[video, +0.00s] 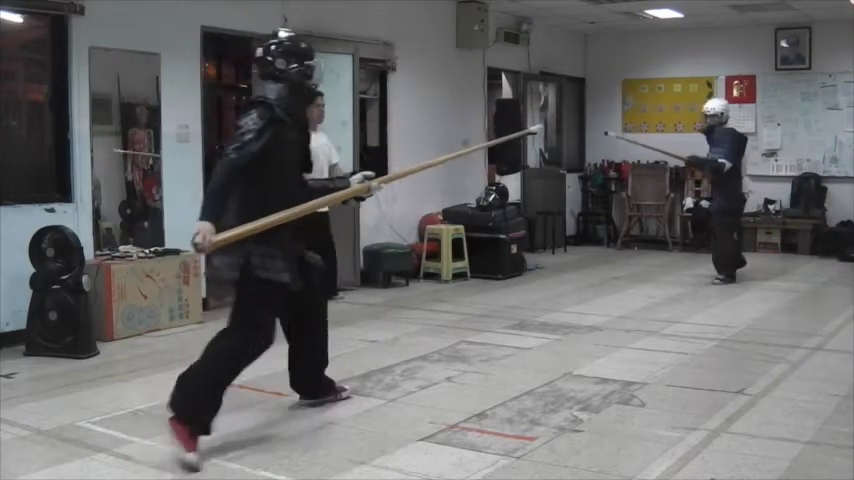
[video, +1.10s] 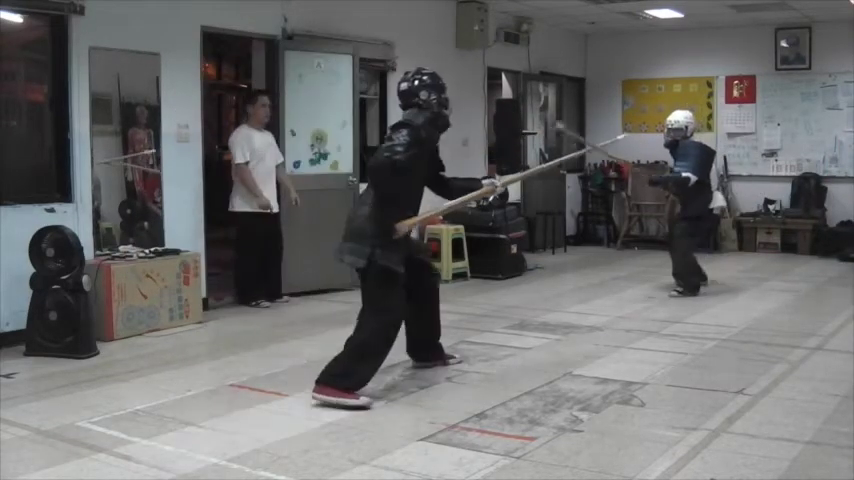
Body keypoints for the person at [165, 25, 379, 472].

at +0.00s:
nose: (311, 79)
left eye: (310, 71)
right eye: (303, 71)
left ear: (288, 75)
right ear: (282, 74)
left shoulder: (292, 120)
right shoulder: (263, 117)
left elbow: (293, 189)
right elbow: (229, 165)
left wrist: (345, 187)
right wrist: (208, 219)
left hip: (288, 241)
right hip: (259, 243)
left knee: (308, 307)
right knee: (251, 332)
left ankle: (311, 382)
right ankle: (187, 410)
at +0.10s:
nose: (326, 68)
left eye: (326, 60)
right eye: (318, 61)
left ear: (316, 64)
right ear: (296, 63)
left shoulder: (309, 109)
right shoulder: (283, 104)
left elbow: (310, 180)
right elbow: (246, 154)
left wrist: (361, 182)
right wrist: (227, 209)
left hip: (304, 226)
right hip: (272, 227)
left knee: (319, 300)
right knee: (283, 319)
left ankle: (313, 384)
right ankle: (230, 407)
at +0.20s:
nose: (339, 67)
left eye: (339, 59)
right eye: (331, 60)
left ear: (319, 64)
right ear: (310, 62)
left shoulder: (319, 109)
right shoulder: (294, 105)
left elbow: (320, 178)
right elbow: (258, 151)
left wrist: (372, 177)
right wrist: (240, 203)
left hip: (300, 226)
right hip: (275, 227)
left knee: (326, 297)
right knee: (302, 306)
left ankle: (315, 383)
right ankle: (280, 400)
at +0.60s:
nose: (378, 75)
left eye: (377, 67)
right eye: (370, 67)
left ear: (353, 71)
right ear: (352, 69)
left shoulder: (354, 114)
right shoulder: (331, 110)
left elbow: (356, 179)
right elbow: (296, 156)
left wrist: (401, 182)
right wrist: (285, 208)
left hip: (338, 228)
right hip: (318, 230)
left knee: (371, 281)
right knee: (355, 305)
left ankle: (347, 377)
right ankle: (333, 390)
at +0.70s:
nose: (387, 76)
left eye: (386, 69)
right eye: (379, 69)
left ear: (362, 73)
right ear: (360, 72)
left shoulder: (369, 113)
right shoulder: (345, 111)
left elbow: (367, 186)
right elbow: (308, 162)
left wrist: (410, 184)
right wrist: (299, 212)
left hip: (348, 228)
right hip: (328, 230)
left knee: (381, 281)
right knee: (362, 314)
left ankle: (376, 355)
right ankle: (332, 392)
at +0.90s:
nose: (414, 91)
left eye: (412, 83)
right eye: (407, 84)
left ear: (387, 87)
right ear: (391, 87)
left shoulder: (394, 129)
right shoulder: (370, 126)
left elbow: (397, 191)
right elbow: (334, 171)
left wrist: (441, 190)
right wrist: (334, 223)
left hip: (375, 235)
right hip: (355, 238)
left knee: (399, 294)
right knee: (377, 323)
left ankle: (420, 349)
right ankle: (333, 392)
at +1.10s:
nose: (445, 104)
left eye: (444, 98)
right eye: (440, 98)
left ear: (416, 99)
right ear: (425, 99)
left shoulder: (425, 136)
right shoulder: (410, 130)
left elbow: (442, 186)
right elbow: (380, 165)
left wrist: (480, 187)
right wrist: (396, 218)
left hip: (390, 233)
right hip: (373, 234)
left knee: (423, 279)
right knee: (385, 308)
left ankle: (427, 352)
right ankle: (335, 384)